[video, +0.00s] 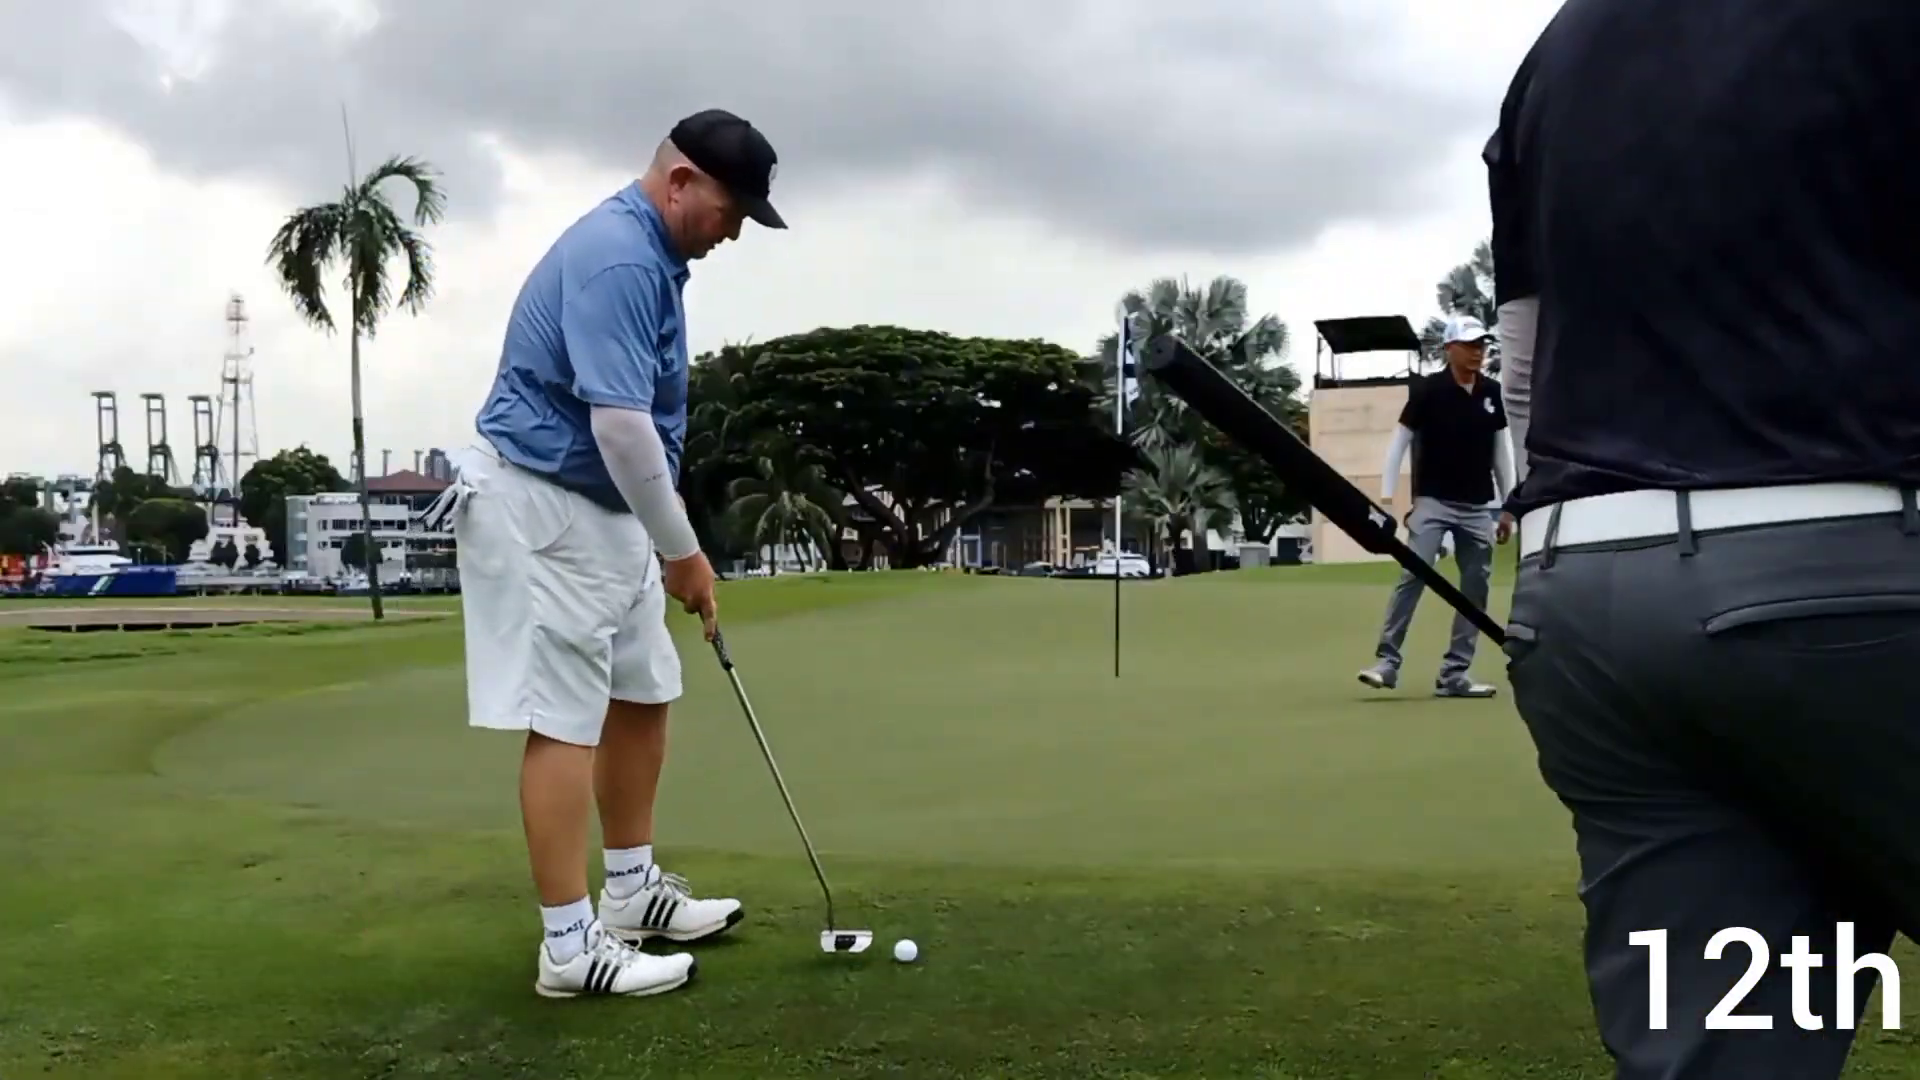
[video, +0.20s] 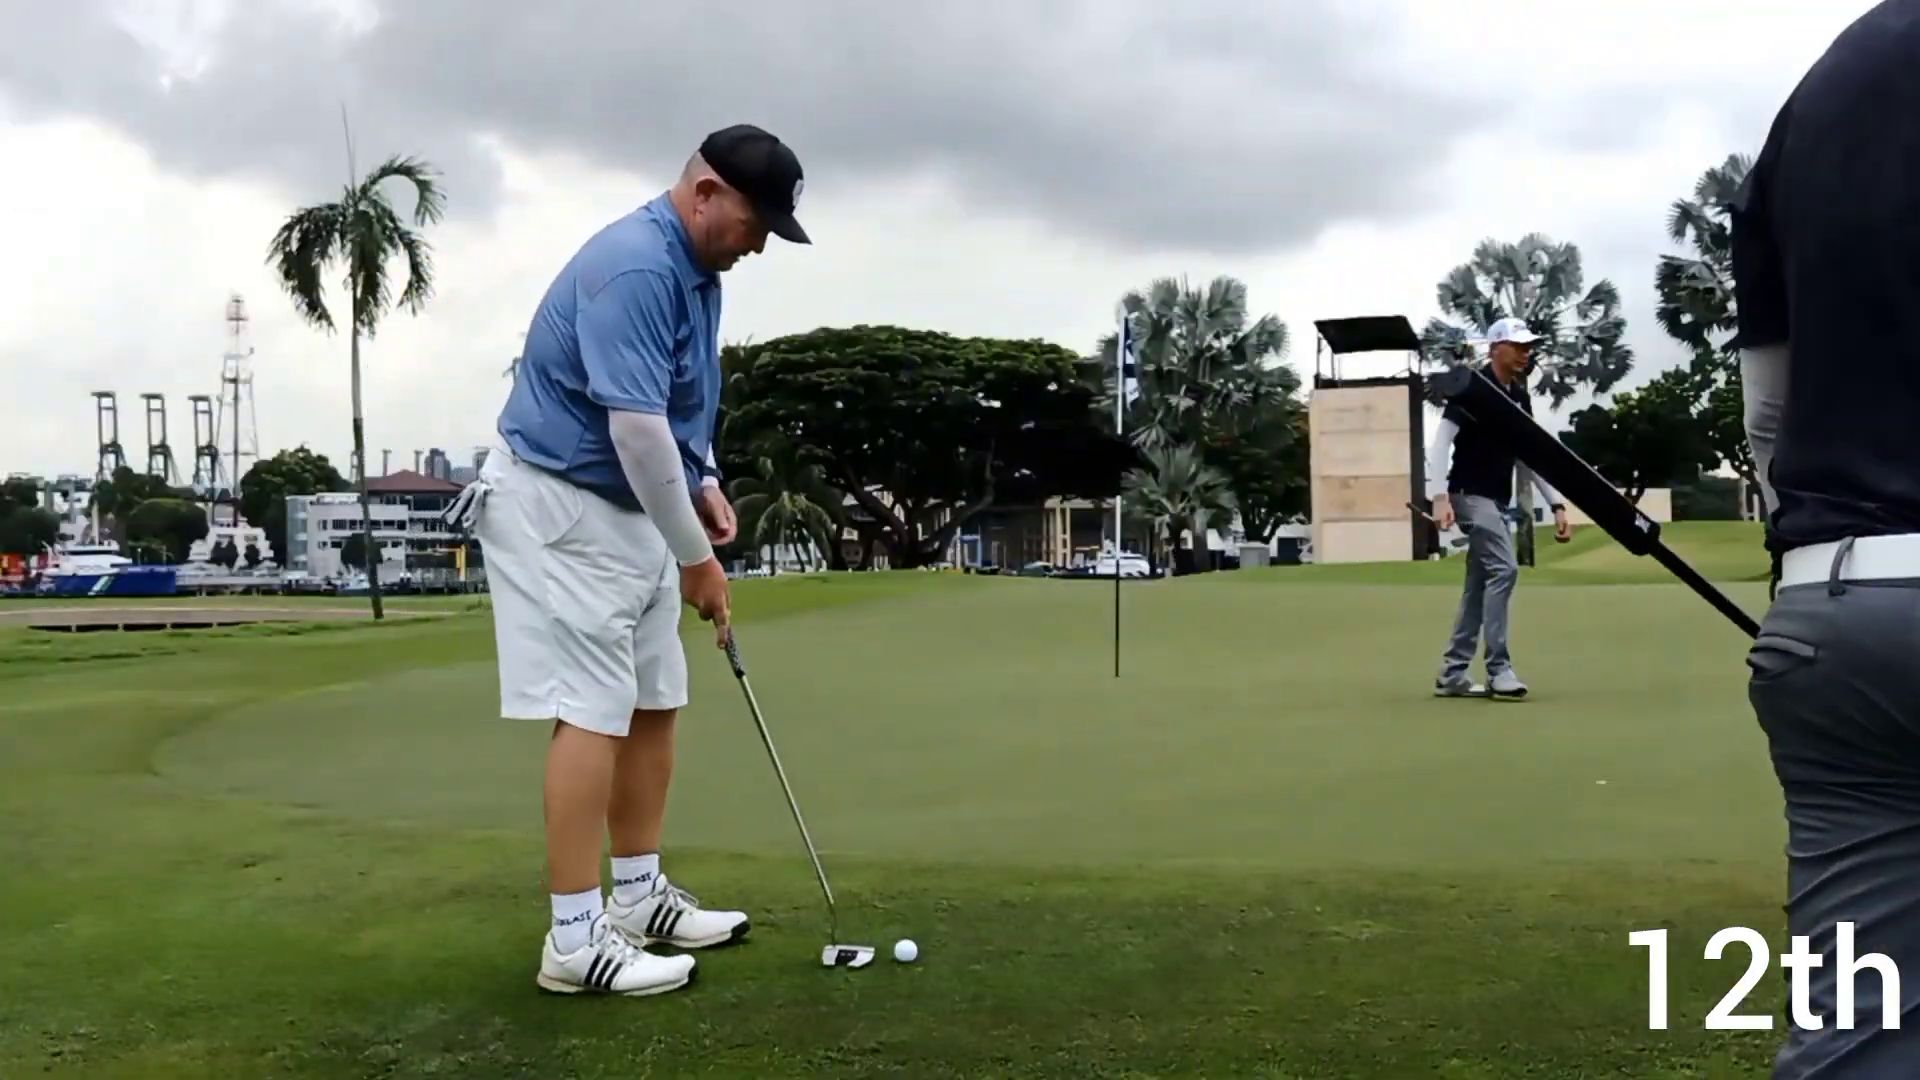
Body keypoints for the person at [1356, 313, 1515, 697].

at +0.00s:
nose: (1476, 353)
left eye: (1480, 345)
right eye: (1468, 346)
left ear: (1485, 349)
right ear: (1448, 348)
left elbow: (1503, 451)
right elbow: (1399, 444)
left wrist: (1509, 505)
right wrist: (1387, 497)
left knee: (1477, 586)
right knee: (1414, 574)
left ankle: (1454, 674)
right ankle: (1387, 663)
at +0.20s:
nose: (1525, 355)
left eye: (1528, 349)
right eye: (1518, 347)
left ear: (1526, 353)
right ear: (1496, 348)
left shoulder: (1519, 397)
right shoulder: (1473, 386)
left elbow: (1532, 457)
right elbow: (1441, 441)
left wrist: (1557, 506)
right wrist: (1440, 496)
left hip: (1501, 500)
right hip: (1470, 497)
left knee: (1478, 585)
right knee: (1503, 570)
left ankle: (1453, 673)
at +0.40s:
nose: (1572, 360)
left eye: (1573, 354)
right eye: (1567, 353)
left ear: (1556, 355)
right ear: (1545, 351)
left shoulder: (1550, 396)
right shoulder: (1519, 389)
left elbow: (1561, 456)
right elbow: (1494, 444)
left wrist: (1593, 499)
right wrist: (1495, 501)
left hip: (1533, 504)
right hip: (1525, 505)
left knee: (1500, 590)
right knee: (1562, 582)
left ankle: (1458, 668)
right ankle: (1588, 671)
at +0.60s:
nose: (1617, 360)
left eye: (1618, 353)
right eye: (1614, 353)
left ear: (1595, 350)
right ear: (1596, 350)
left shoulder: (1581, 383)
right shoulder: (1578, 385)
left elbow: (1575, 449)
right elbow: (1568, 447)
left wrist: (1590, 507)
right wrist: (1565, 506)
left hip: (1579, 502)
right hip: (1584, 504)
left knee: (1575, 586)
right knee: (1600, 585)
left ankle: (1505, 642)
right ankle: (1595, 672)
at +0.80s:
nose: (1659, 356)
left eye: (1660, 349)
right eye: (1657, 348)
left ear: (1633, 343)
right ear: (1638, 342)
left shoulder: (1604, 377)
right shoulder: (1624, 379)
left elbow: (1583, 438)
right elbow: (1623, 438)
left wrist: (1573, 489)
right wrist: (1649, 492)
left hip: (1623, 496)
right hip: (1621, 497)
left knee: (1658, 569)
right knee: (1614, 583)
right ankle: (1597, 670)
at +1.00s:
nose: (1699, 363)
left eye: (1701, 356)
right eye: (1697, 354)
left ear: (1670, 350)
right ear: (1678, 349)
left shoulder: (1641, 386)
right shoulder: (1669, 384)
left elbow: (1615, 445)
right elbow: (1680, 441)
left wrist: (1592, 496)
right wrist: (1718, 489)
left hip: (1658, 507)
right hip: (1662, 508)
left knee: (1695, 586)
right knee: (1638, 588)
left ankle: (1732, 665)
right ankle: (1599, 666)